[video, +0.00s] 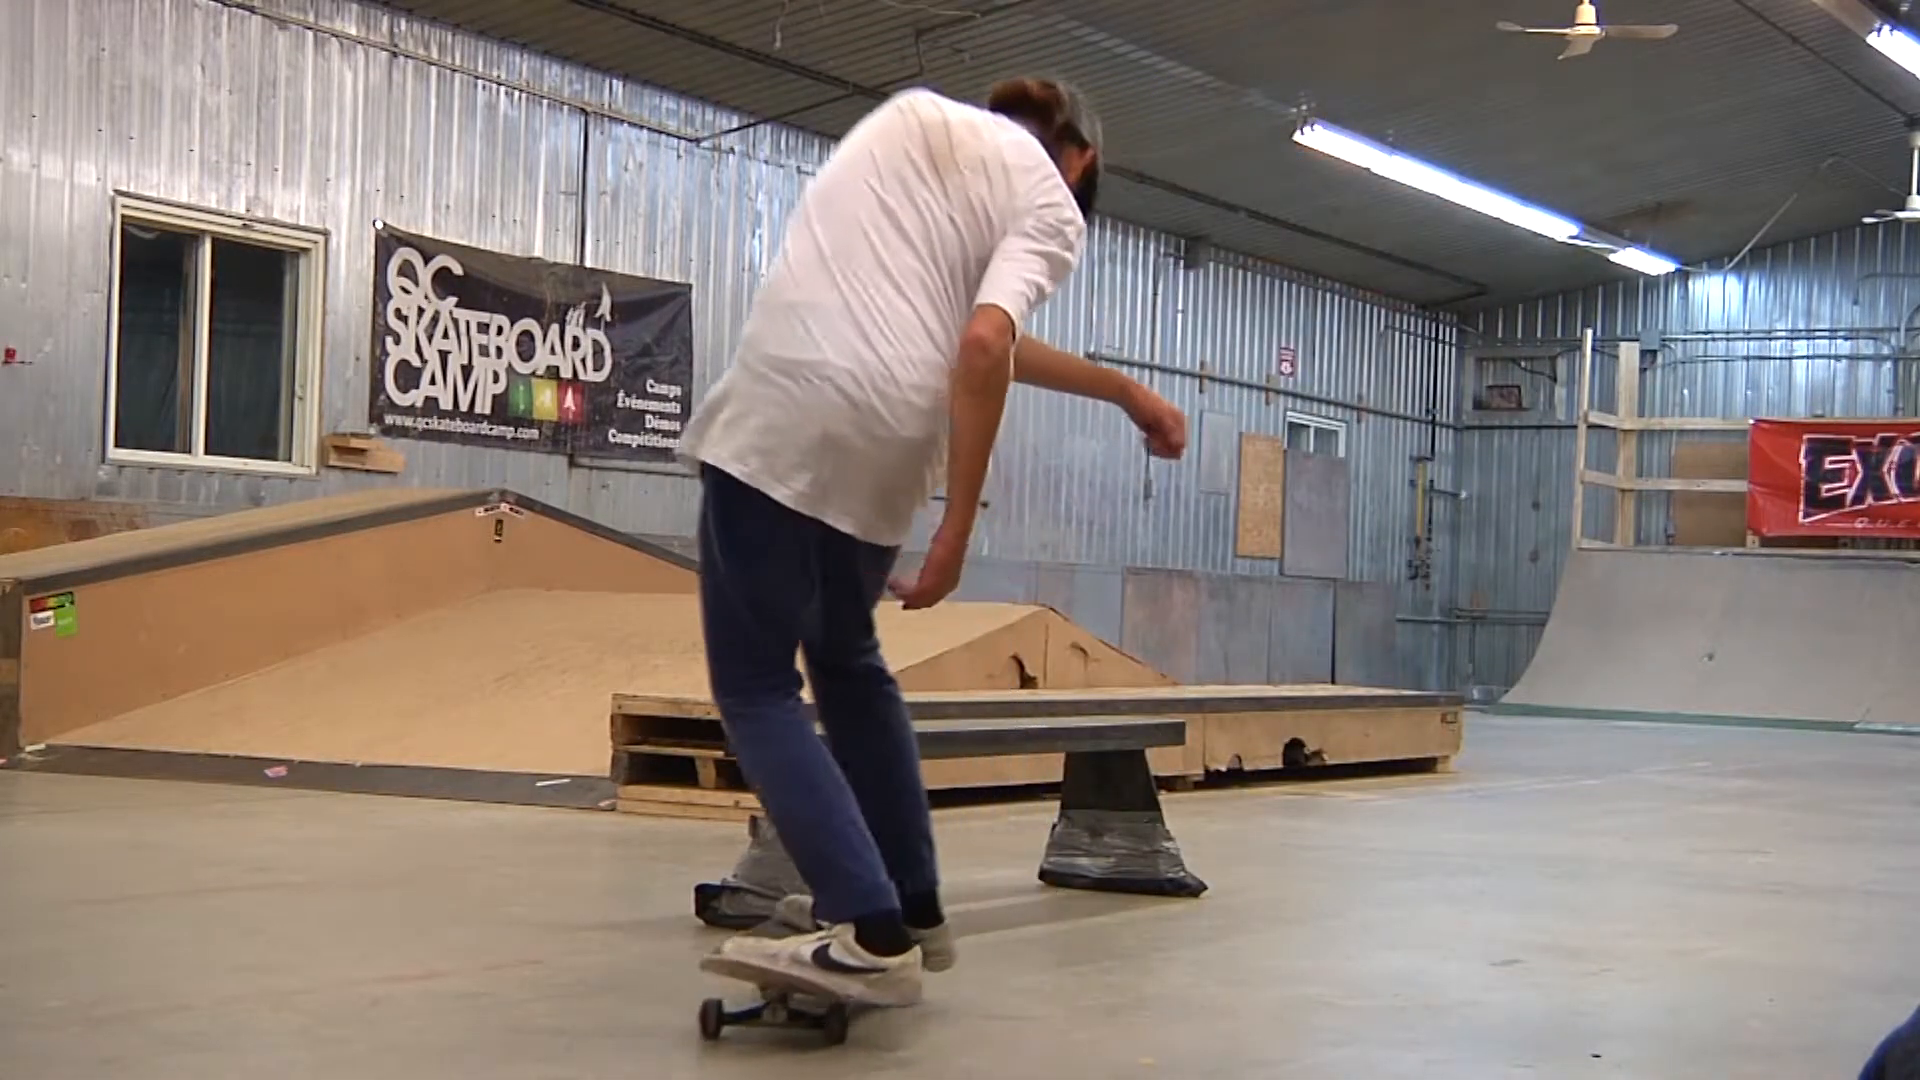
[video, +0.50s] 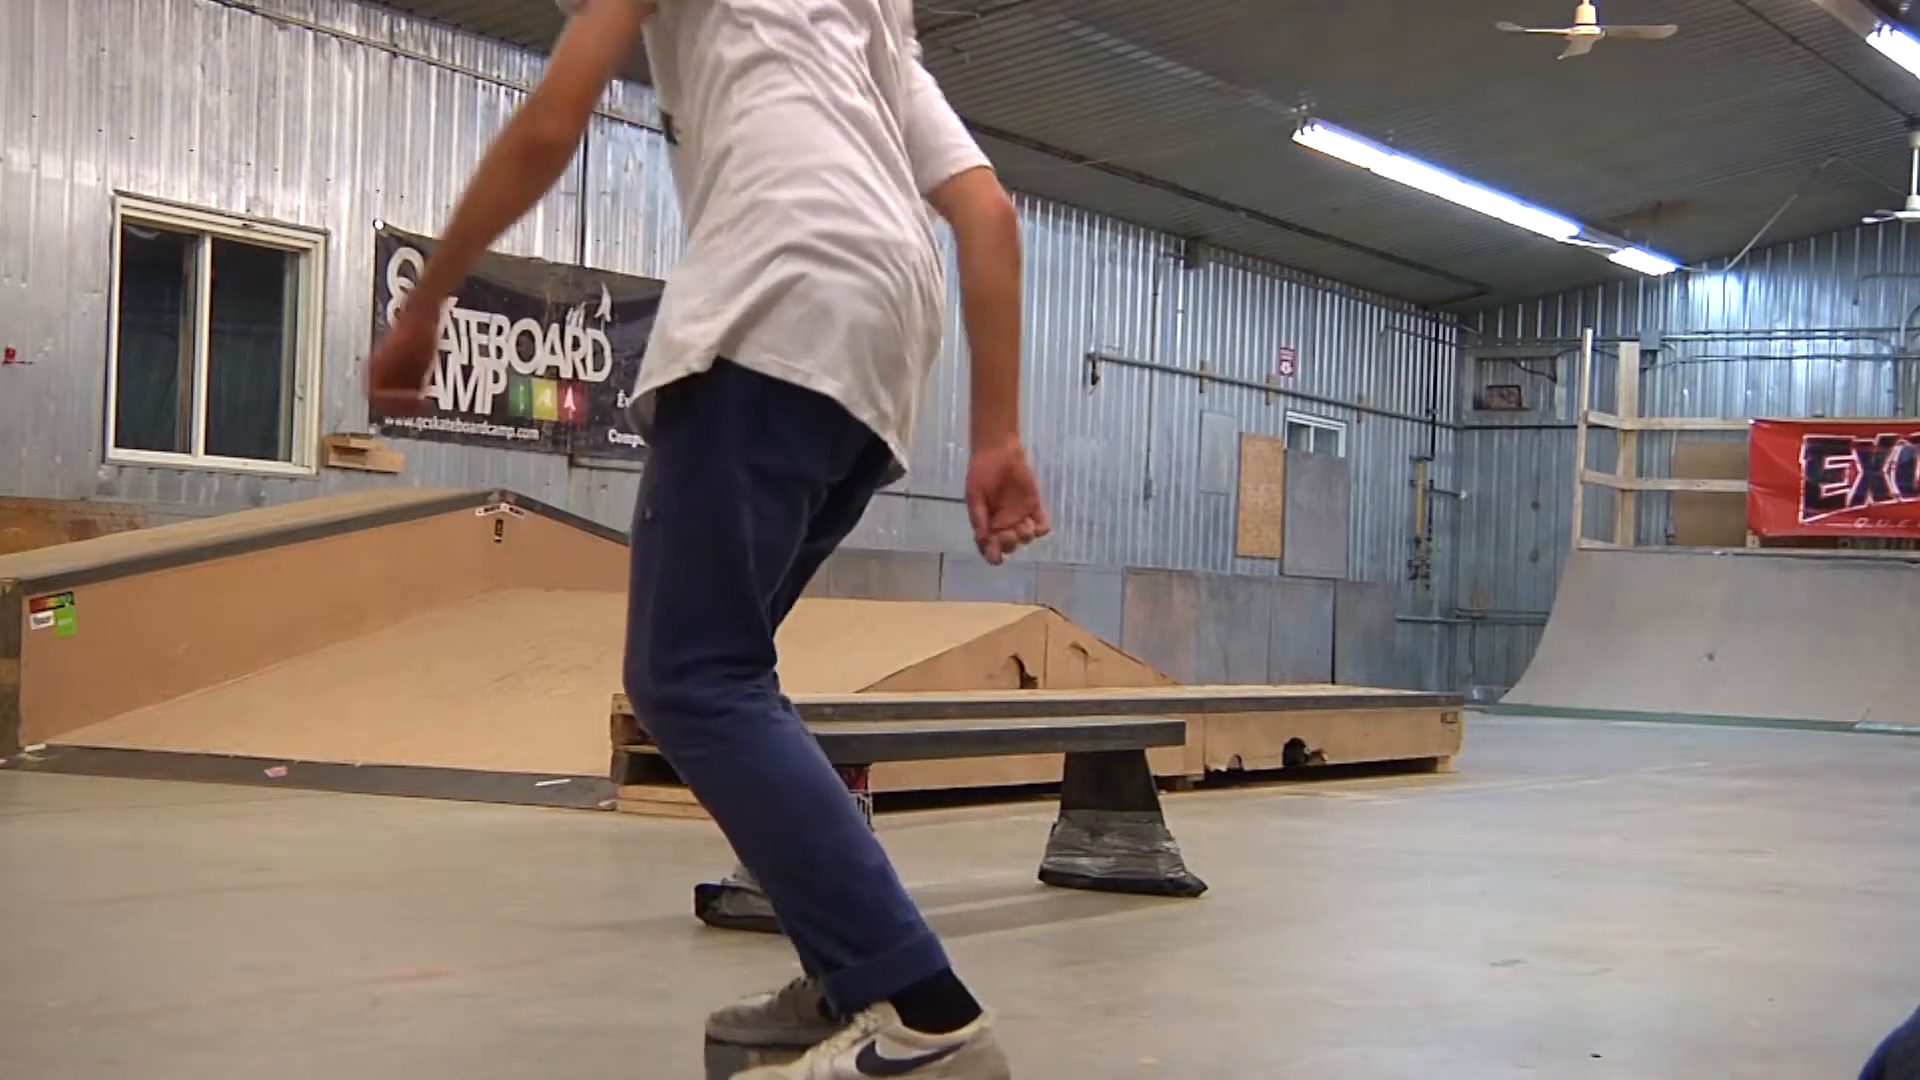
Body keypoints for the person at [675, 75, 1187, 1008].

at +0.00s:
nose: (1075, 202)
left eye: (1082, 190)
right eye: (1082, 187)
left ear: (1008, 116)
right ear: (1074, 157)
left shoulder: (912, 117)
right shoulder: (1050, 204)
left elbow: (974, 337)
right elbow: (986, 344)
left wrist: (1124, 391)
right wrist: (956, 531)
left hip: (768, 407)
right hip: (882, 439)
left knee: (756, 691)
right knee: (847, 654)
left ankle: (869, 928)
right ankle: (913, 907)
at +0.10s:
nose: (1045, 142)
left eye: (1050, 128)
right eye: (1048, 127)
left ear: (960, 56)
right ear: (1032, 101)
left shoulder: (866, 66)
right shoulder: (1027, 161)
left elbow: (910, 289)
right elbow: (988, 311)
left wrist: (1058, 393)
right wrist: (964, 507)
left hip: (758, 388)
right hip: (881, 428)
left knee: (739, 694)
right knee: (818, 659)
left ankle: (868, 945)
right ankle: (881, 917)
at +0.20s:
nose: (997, 63)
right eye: (1000, 49)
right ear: (984, 35)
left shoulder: (809, 18)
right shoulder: (1003, 113)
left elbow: (818, 237)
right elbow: (997, 283)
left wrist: (929, 410)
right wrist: (986, 485)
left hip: (762, 364)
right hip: (884, 402)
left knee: (724, 694)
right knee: (793, 652)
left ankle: (878, 963)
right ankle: (860, 924)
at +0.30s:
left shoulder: (741, 11)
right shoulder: (968, 64)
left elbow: (692, 237)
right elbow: (1013, 247)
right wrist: (1009, 461)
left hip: (772, 342)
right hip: (900, 376)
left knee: (713, 684)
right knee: (762, 650)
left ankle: (899, 976)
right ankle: (819, 922)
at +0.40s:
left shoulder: (705, 2)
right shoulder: (925, 32)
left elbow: (600, 170)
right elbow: (1018, 228)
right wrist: (1024, 443)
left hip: (784, 314)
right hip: (907, 352)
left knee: (698, 680)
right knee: (728, 660)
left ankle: (913, 989)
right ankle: (831, 952)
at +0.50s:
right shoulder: (884, 37)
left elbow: (547, 126)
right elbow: (987, 210)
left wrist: (426, 294)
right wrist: (1000, 433)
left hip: (781, 284)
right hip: (898, 335)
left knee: (689, 678)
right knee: (720, 668)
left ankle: (928, 1015)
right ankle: (841, 973)